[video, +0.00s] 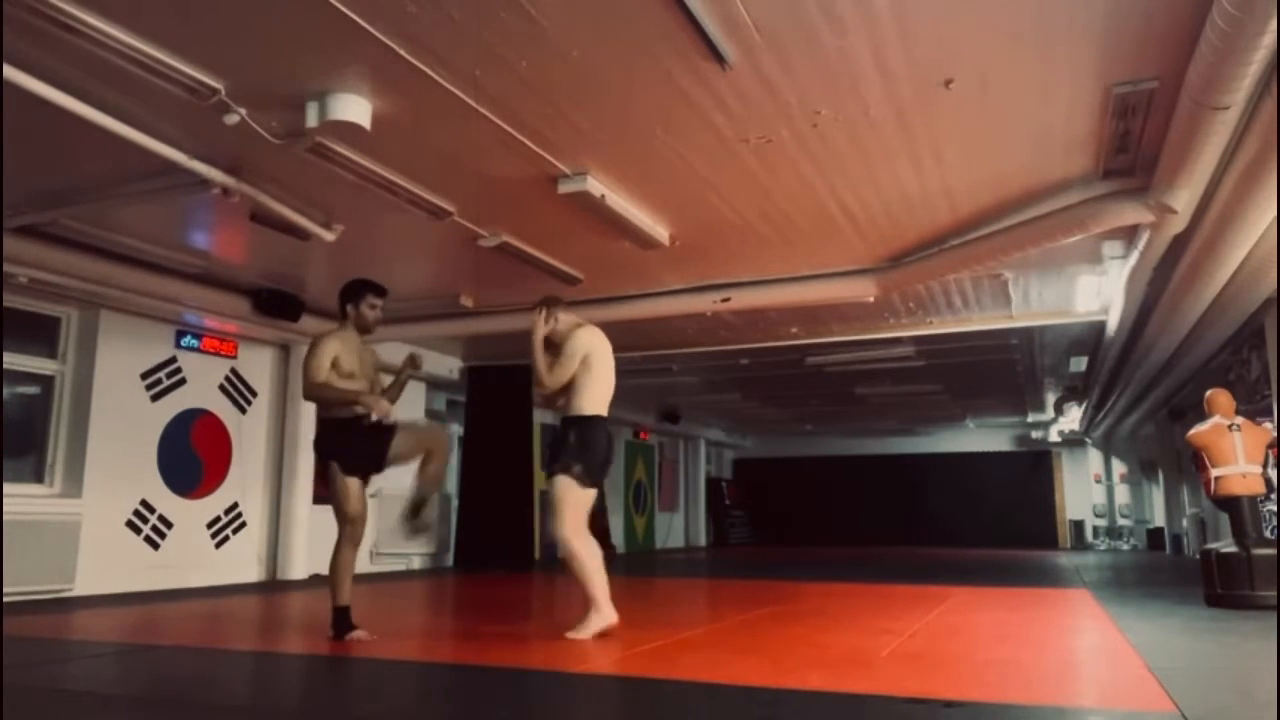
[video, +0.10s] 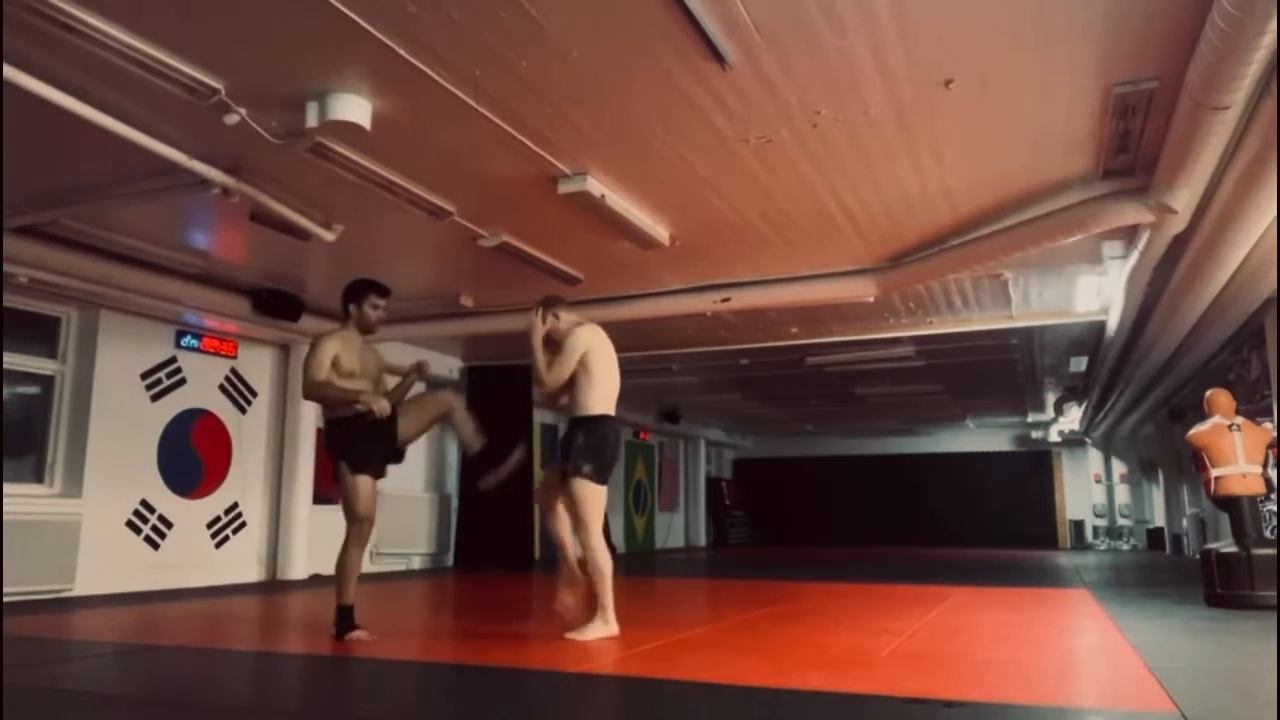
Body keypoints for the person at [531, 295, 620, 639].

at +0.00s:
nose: (546, 336)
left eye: (545, 330)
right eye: (544, 330)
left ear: (554, 318)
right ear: (562, 314)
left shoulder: (581, 336)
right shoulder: (592, 339)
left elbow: (548, 382)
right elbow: (560, 397)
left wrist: (537, 339)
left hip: (582, 433)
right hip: (591, 433)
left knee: (568, 528)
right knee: (576, 529)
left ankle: (602, 609)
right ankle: (602, 608)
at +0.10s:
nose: (547, 335)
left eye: (545, 329)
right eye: (545, 330)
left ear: (554, 317)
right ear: (562, 313)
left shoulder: (581, 333)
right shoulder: (593, 337)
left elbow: (548, 381)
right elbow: (566, 397)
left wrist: (536, 340)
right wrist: (541, 394)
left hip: (590, 432)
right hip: (589, 431)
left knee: (590, 530)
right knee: (548, 497)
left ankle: (607, 618)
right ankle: (575, 573)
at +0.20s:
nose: (550, 335)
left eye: (548, 328)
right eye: (547, 329)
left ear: (556, 317)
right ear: (564, 312)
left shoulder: (585, 333)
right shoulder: (595, 335)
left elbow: (547, 377)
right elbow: (580, 397)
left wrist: (536, 333)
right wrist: (551, 414)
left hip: (598, 432)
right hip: (591, 430)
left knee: (593, 528)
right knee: (540, 456)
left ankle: (605, 617)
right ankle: (542, 538)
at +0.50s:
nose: (586, 329)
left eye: (585, 322)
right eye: (583, 324)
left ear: (594, 311)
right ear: (601, 308)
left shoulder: (617, 334)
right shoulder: (625, 333)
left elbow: (569, 366)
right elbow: (606, 391)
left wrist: (566, 321)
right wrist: (572, 405)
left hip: (612, 434)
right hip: (602, 431)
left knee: (597, 527)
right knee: (554, 484)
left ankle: (604, 618)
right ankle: (570, 563)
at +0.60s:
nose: (602, 325)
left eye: (602, 318)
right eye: (600, 319)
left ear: (612, 309)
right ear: (617, 308)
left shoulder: (635, 336)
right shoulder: (640, 337)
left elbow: (581, 360)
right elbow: (626, 398)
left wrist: (583, 316)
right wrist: (596, 403)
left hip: (621, 436)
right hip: (614, 434)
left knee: (600, 526)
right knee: (585, 516)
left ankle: (604, 618)